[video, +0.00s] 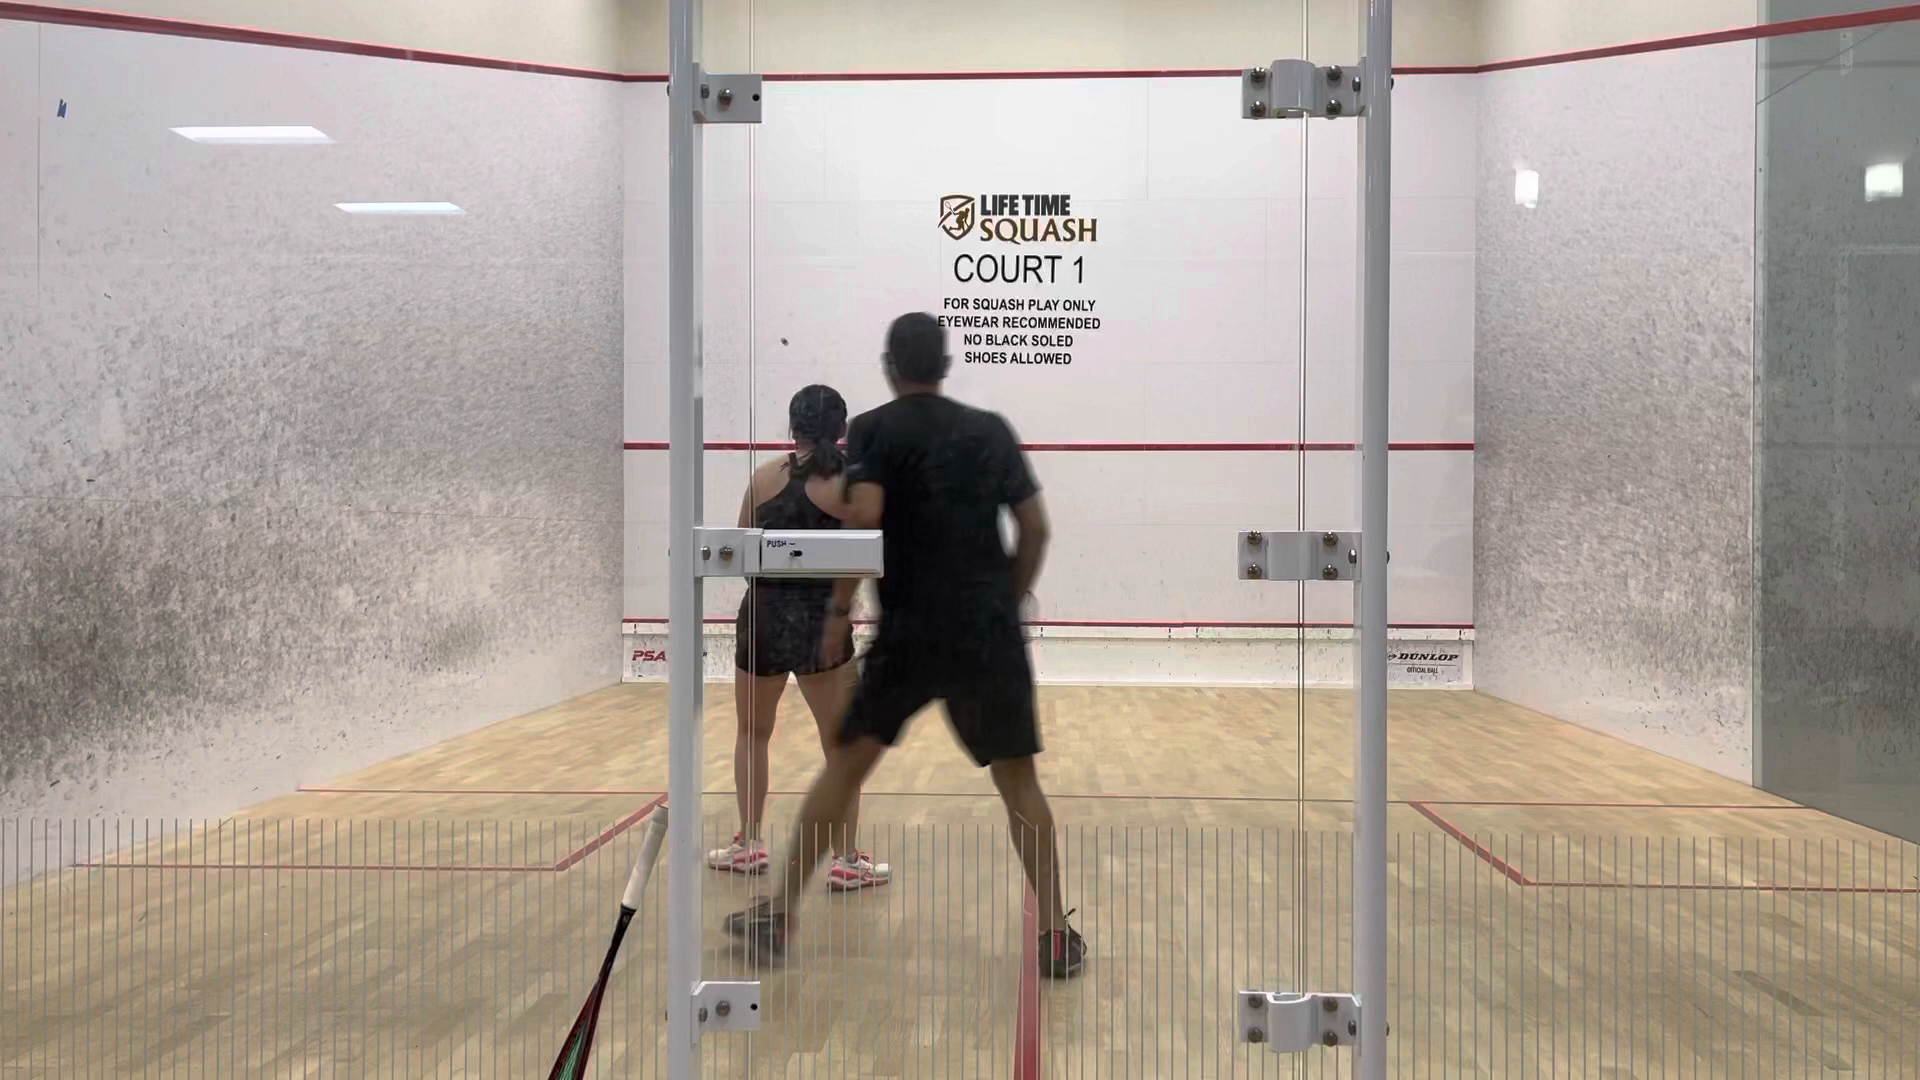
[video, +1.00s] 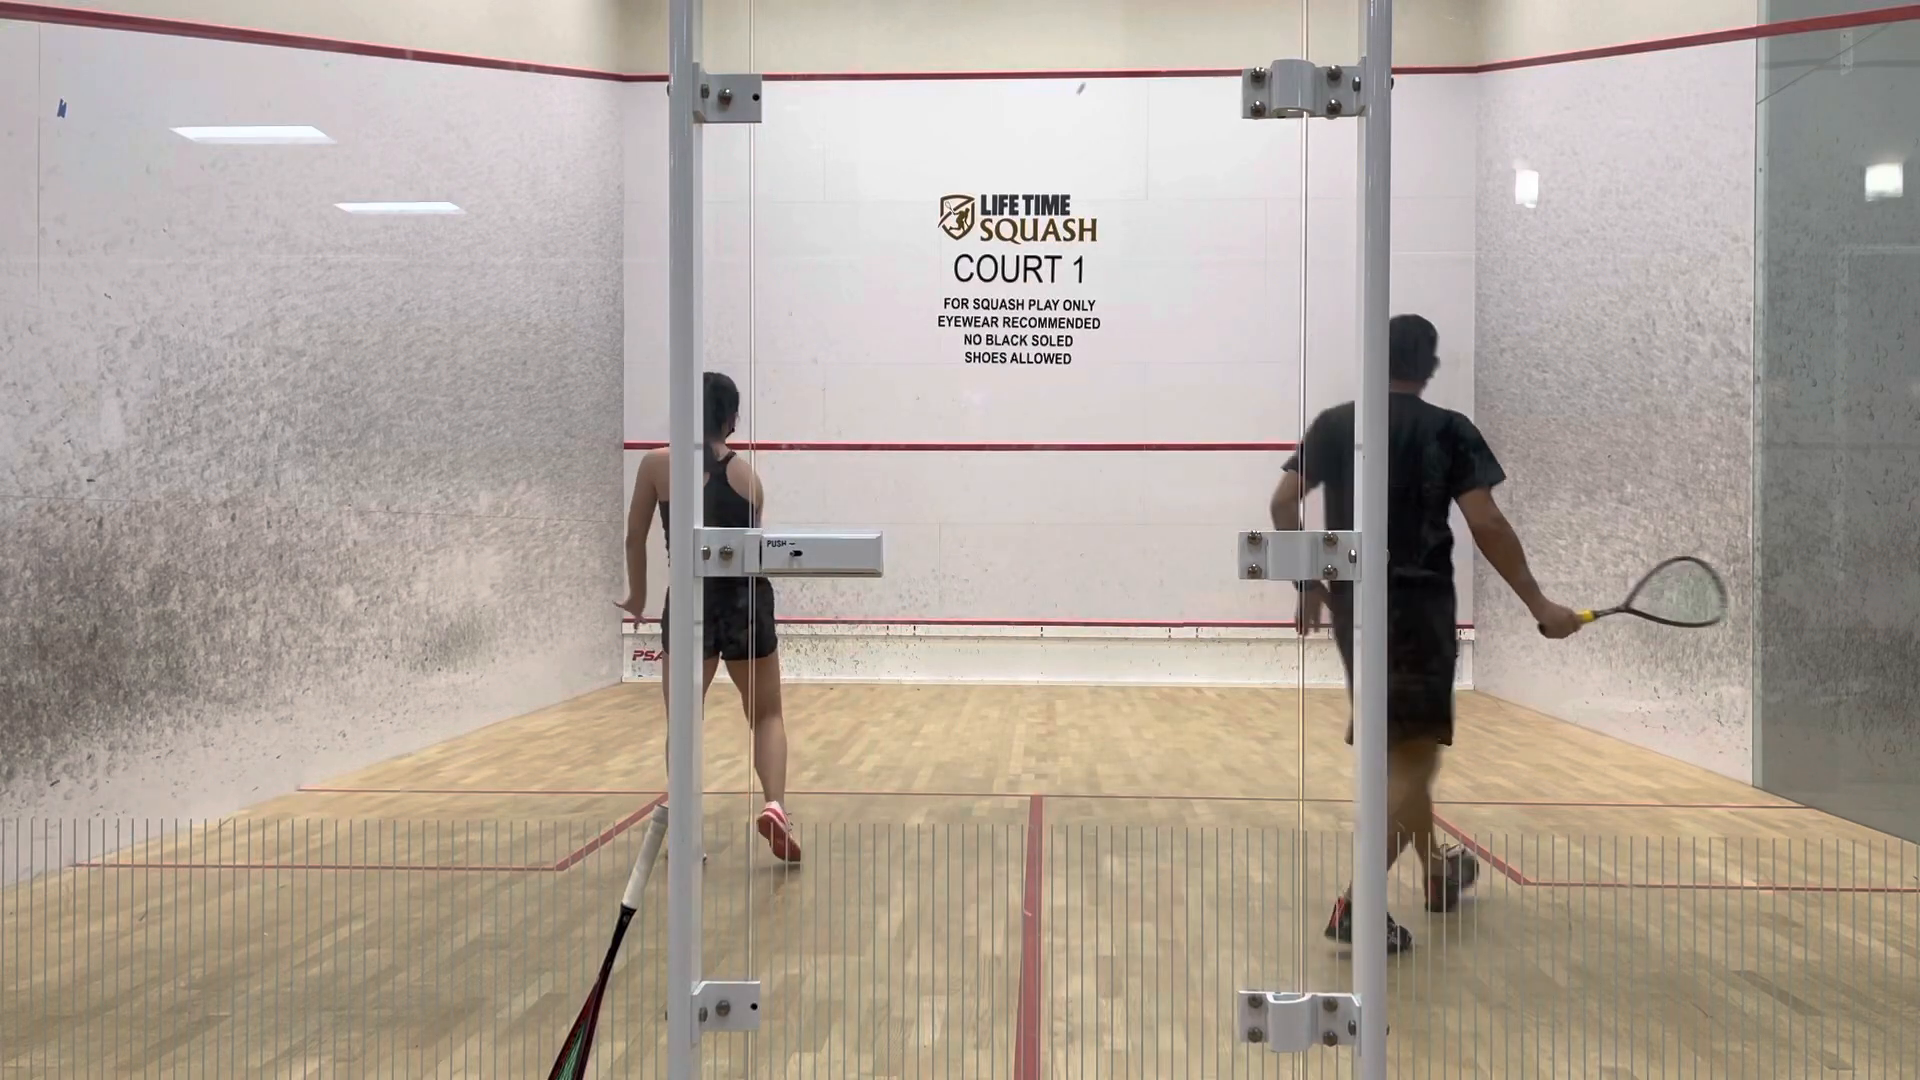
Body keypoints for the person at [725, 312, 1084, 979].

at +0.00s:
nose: (889, 371)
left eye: (888, 361)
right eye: (908, 358)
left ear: (891, 365)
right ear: (945, 364)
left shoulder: (876, 429)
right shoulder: (990, 430)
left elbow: (865, 512)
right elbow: (1035, 529)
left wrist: (823, 486)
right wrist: (1011, 595)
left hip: (910, 634)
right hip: (988, 635)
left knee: (846, 764)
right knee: (1020, 780)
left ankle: (777, 913)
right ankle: (1055, 933)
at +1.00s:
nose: (1432, 373)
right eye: (1434, 364)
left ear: (1377, 360)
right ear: (1429, 366)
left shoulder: (1334, 422)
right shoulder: (1447, 430)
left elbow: (1283, 500)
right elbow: (1486, 524)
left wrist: (1305, 581)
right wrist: (1539, 603)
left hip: (1352, 608)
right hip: (1420, 610)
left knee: (1395, 742)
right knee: (1416, 754)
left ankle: (1436, 868)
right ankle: (1358, 903)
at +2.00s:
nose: (1789, 340)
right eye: (1798, 331)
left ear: (1739, 328)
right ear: (1799, 338)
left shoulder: (1687, 384)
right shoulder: (1812, 396)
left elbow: (1586, 419)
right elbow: (1888, 360)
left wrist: (1521, 446)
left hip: (1656, 591)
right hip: (1745, 602)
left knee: (1583, 700)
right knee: (1760, 747)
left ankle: (1517, 817)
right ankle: (1768, 895)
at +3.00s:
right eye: (1874, 341)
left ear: (1815, 337)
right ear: (1875, 348)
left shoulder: (1756, 399)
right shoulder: (1892, 416)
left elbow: (1705, 492)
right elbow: (1901, 516)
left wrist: (1752, 542)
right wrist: (1917, 592)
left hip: (1764, 611)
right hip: (1854, 613)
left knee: (1752, 743)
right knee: (1859, 756)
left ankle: (1722, 865)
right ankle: (1853, 919)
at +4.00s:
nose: (1815, 391)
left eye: (1817, 381)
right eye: (1818, 381)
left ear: (1751, 366)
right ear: (1809, 380)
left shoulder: (1699, 419)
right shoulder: (1772, 432)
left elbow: (1633, 500)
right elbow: (1754, 522)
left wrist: (1666, 571)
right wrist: (1850, 600)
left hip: (1658, 619)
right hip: (1694, 627)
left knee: (1721, 743)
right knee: (1671, 759)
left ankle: (1670, 890)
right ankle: (1570, 899)